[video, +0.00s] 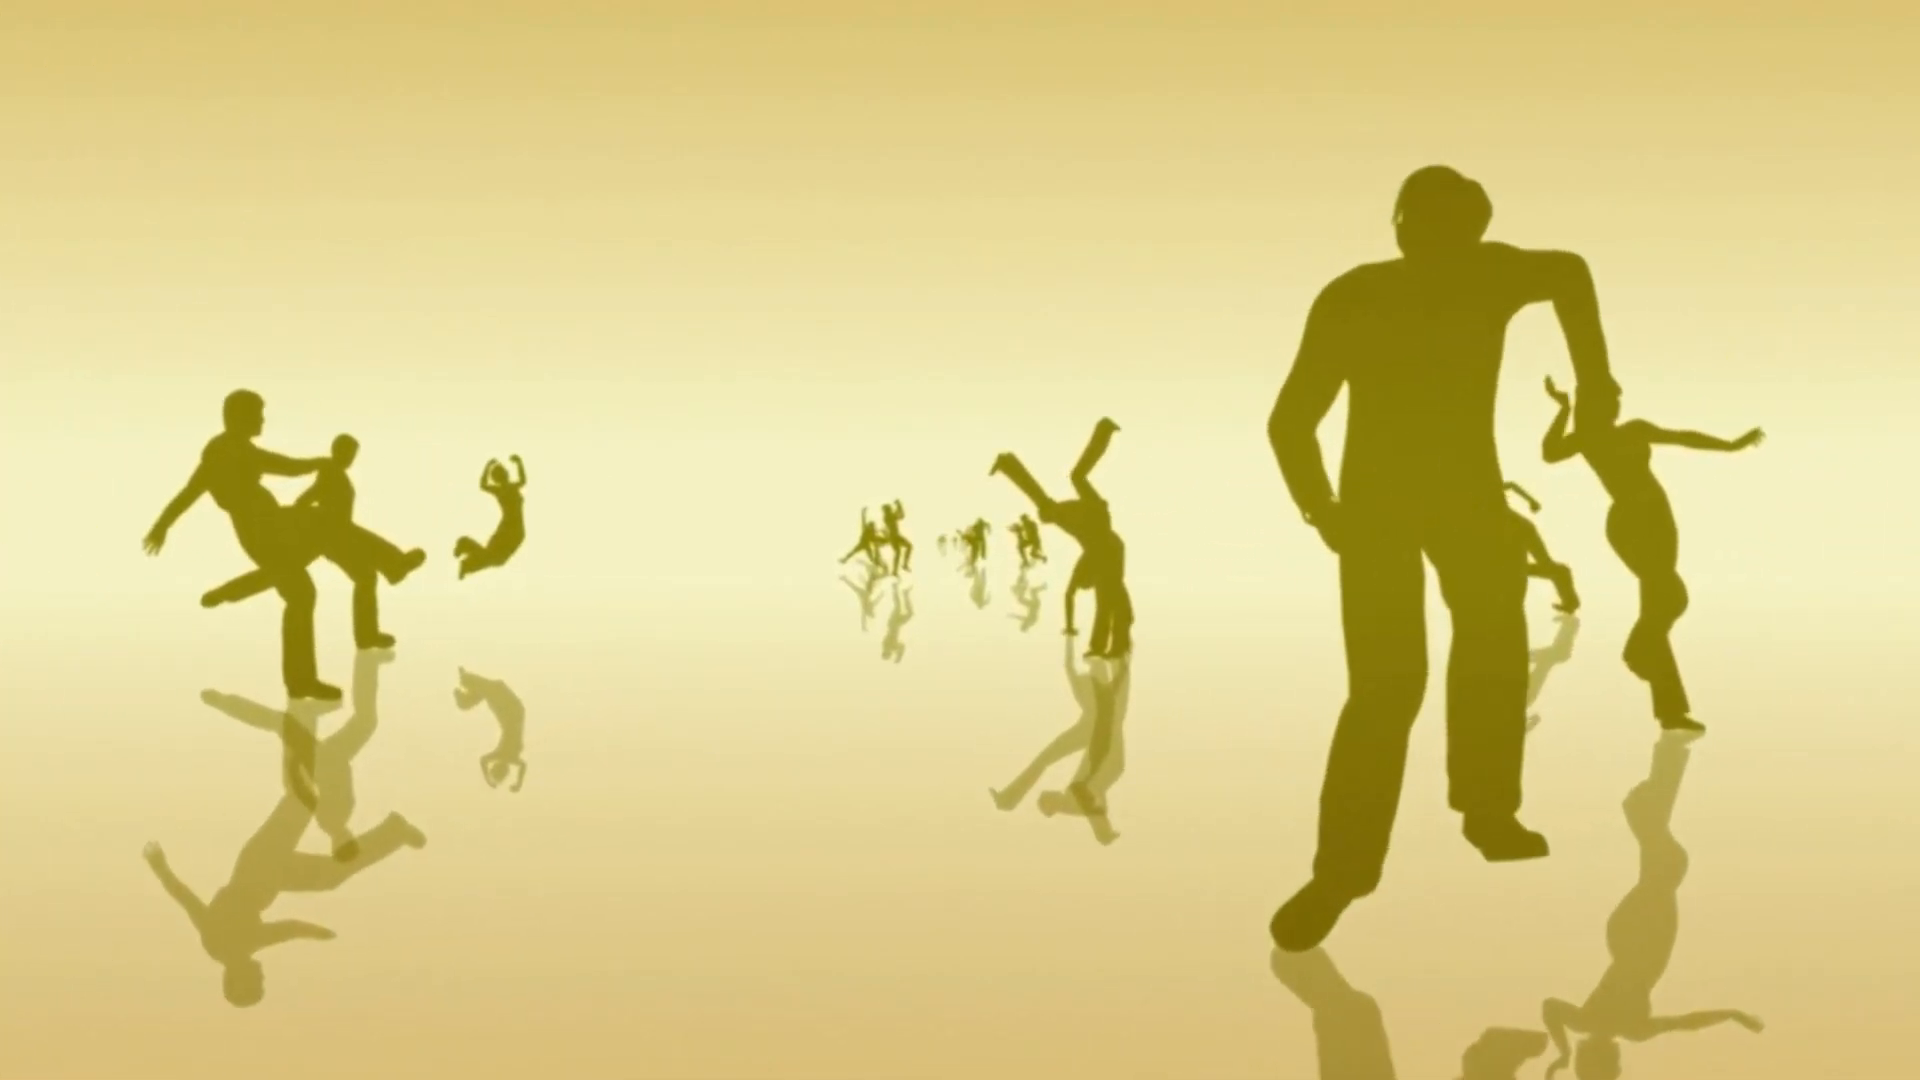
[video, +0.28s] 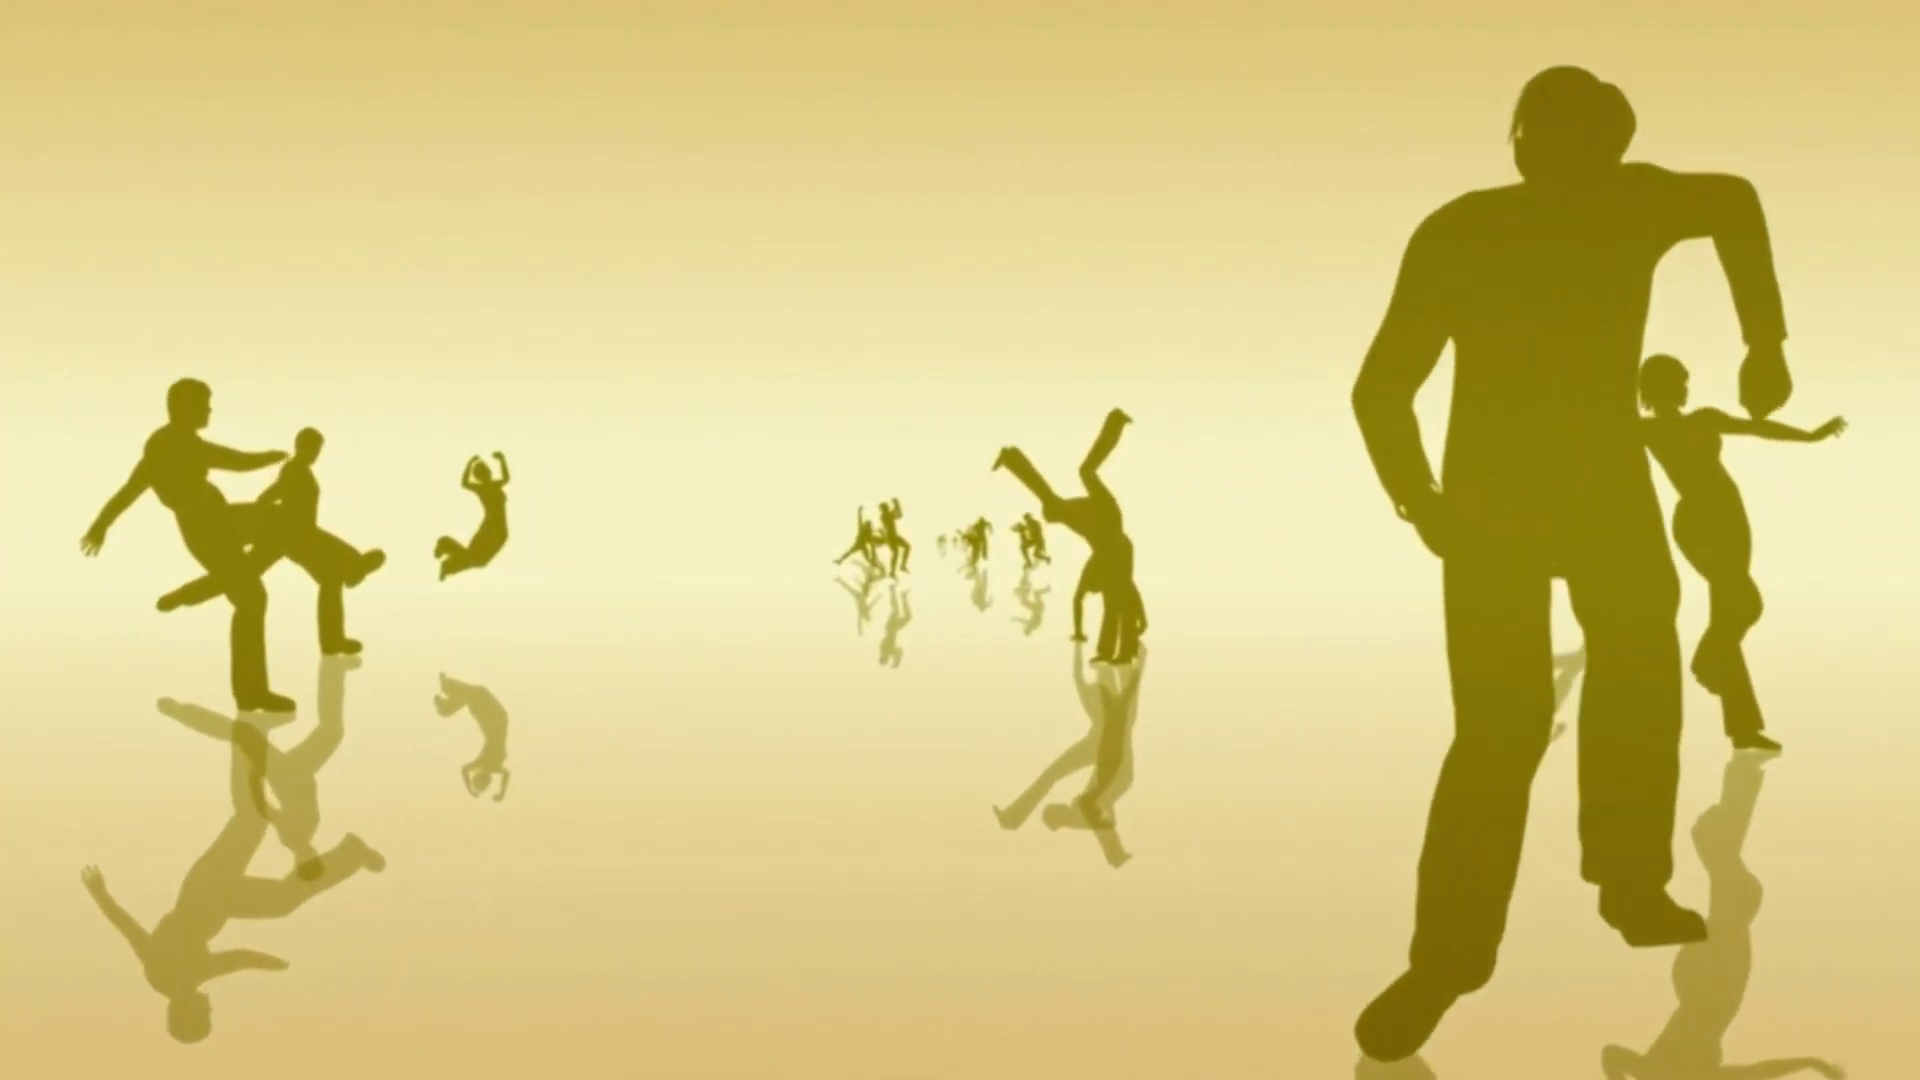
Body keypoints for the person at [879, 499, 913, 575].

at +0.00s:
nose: (891, 510)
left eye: (889, 509)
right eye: (889, 509)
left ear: (886, 510)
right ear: (888, 510)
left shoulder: (890, 516)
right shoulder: (890, 517)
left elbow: (900, 515)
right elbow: (900, 515)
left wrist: (898, 506)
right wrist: (899, 505)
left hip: (895, 535)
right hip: (894, 536)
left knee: (909, 546)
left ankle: (905, 564)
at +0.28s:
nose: (887, 509)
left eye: (886, 507)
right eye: (885, 507)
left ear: (885, 508)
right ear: (884, 508)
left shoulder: (887, 515)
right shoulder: (886, 516)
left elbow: (898, 515)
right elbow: (898, 515)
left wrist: (896, 505)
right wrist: (896, 505)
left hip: (893, 535)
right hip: (891, 536)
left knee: (907, 546)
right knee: (895, 552)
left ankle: (903, 565)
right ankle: (892, 572)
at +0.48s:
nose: (885, 508)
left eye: (884, 507)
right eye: (884, 507)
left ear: (882, 507)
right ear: (883, 507)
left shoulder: (885, 514)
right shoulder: (885, 515)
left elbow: (896, 514)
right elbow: (897, 514)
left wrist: (895, 504)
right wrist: (895, 503)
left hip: (890, 535)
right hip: (890, 536)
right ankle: (902, 566)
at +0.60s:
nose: (884, 508)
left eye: (883, 506)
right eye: (883, 506)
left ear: (881, 507)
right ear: (883, 507)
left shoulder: (883, 514)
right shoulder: (884, 515)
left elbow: (895, 514)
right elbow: (897, 514)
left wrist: (894, 503)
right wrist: (895, 503)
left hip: (889, 536)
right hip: (889, 536)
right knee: (905, 546)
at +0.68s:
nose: (883, 507)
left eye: (882, 506)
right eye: (882, 506)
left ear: (879, 507)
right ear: (881, 506)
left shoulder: (883, 513)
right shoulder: (883, 514)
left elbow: (893, 512)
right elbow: (896, 513)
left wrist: (893, 503)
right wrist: (894, 502)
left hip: (889, 535)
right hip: (888, 536)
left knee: (904, 546)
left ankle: (901, 567)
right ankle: (889, 573)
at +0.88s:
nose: (882, 506)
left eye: (880, 504)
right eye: (880, 504)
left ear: (877, 506)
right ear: (879, 505)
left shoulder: (880, 513)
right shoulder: (881, 514)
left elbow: (892, 512)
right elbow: (894, 513)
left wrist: (891, 502)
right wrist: (892, 501)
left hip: (886, 535)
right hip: (886, 536)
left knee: (903, 547)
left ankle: (899, 568)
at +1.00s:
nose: (881, 506)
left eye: (880, 504)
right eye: (879, 504)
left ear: (877, 505)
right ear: (878, 505)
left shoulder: (880, 513)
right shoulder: (880, 514)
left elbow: (891, 512)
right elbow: (893, 512)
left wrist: (891, 502)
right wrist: (891, 501)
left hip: (885, 535)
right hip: (886, 535)